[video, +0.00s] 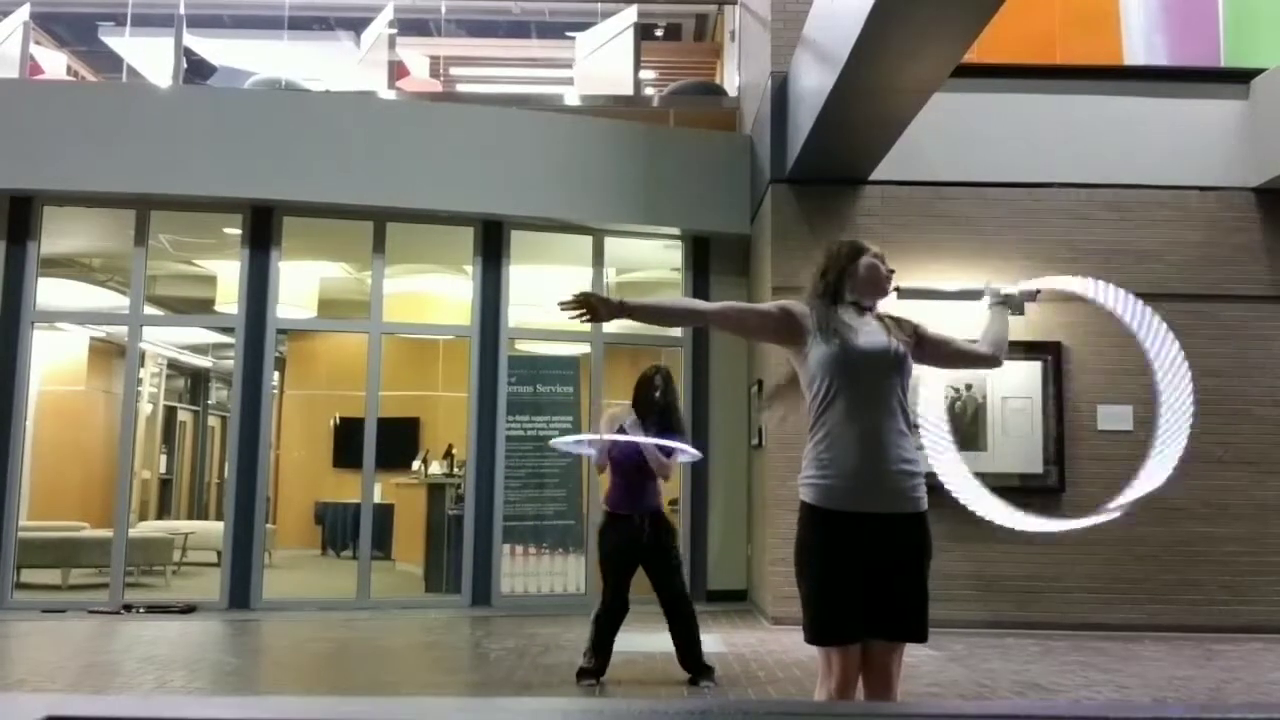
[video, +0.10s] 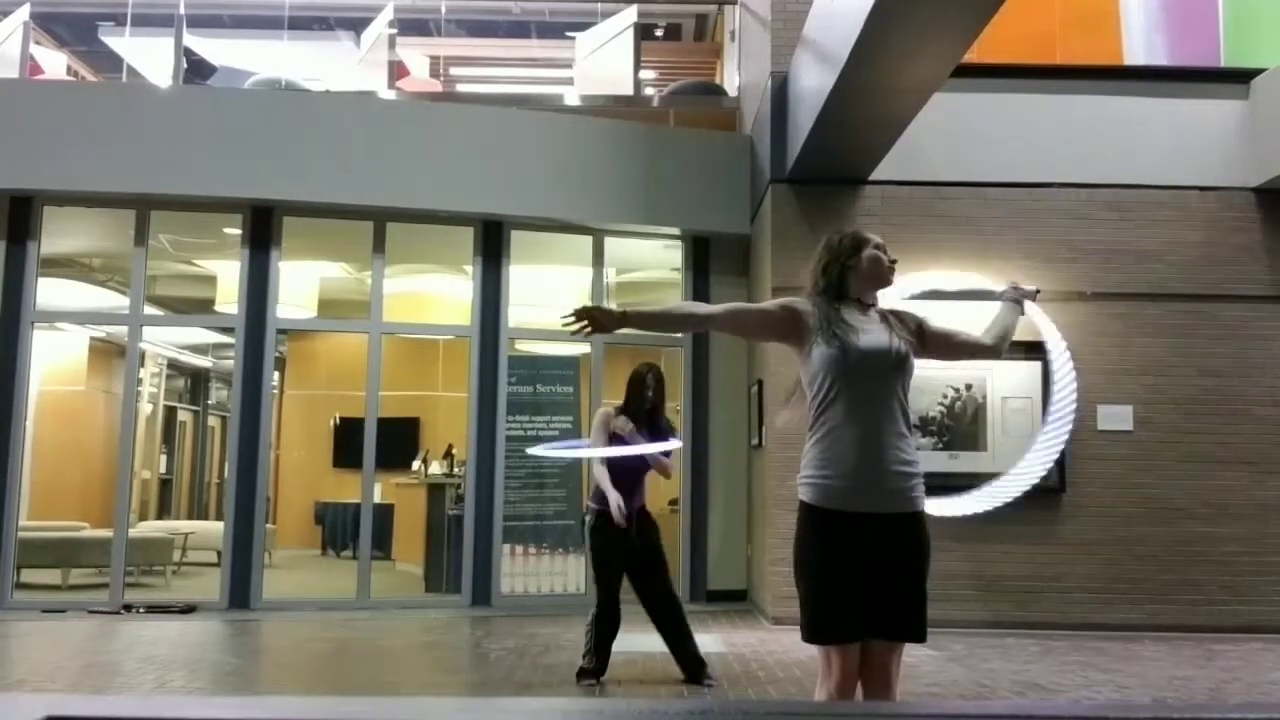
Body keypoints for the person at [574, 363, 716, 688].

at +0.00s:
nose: (656, 398)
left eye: (662, 393)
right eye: (651, 390)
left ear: (669, 397)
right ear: (638, 391)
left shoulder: (668, 428)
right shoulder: (615, 418)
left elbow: (666, 471)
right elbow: (599, 465)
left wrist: (642, 440)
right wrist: (603, 440)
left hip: (654, 523)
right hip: (617, 522)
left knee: (676, 599)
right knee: (614, 601)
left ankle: (698, 669)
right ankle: (592, 668)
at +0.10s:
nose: (647, 393)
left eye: (653, 388)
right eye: (642, 386)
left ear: (660, 393)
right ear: (631, 387)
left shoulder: (661, 428)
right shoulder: (607, 416)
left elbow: (667, 471)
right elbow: (596, 461)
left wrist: (635, 437)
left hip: (638, 517)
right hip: (604, 517)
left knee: (661, 595)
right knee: (607, 600)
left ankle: (694, 669)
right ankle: (591, 670)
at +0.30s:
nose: (639, 382)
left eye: (643, 376)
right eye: (634, 374)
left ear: (647, 378)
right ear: (621, 374)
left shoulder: (638, 408)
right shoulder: (600, 397)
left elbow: (625, 454)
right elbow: (588, 441)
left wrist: (656, 467)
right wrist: (624, 469)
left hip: (625, 508)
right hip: (597, 507)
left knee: (641, 587)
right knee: (598, 589)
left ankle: (659, 666)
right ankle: (585, 670)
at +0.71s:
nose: (634, 390)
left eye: (639, 384)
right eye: (629, 381)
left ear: (644, 386)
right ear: (618, 380)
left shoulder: (642, 415)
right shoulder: (593, 409)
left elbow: (642, 462)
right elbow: (591, 454)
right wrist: (624, 424)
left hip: (628, 510)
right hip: (595, 510)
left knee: (646, 589)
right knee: (594, 590)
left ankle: (666, 666)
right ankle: (578, 667)